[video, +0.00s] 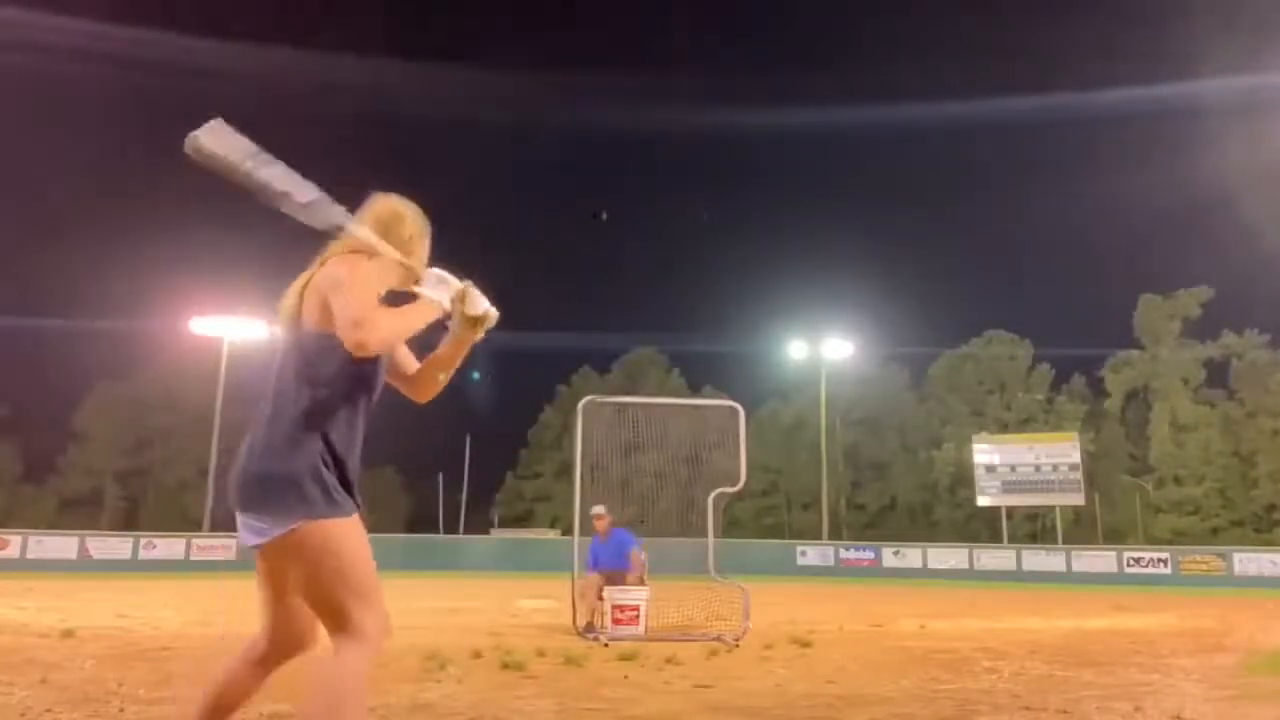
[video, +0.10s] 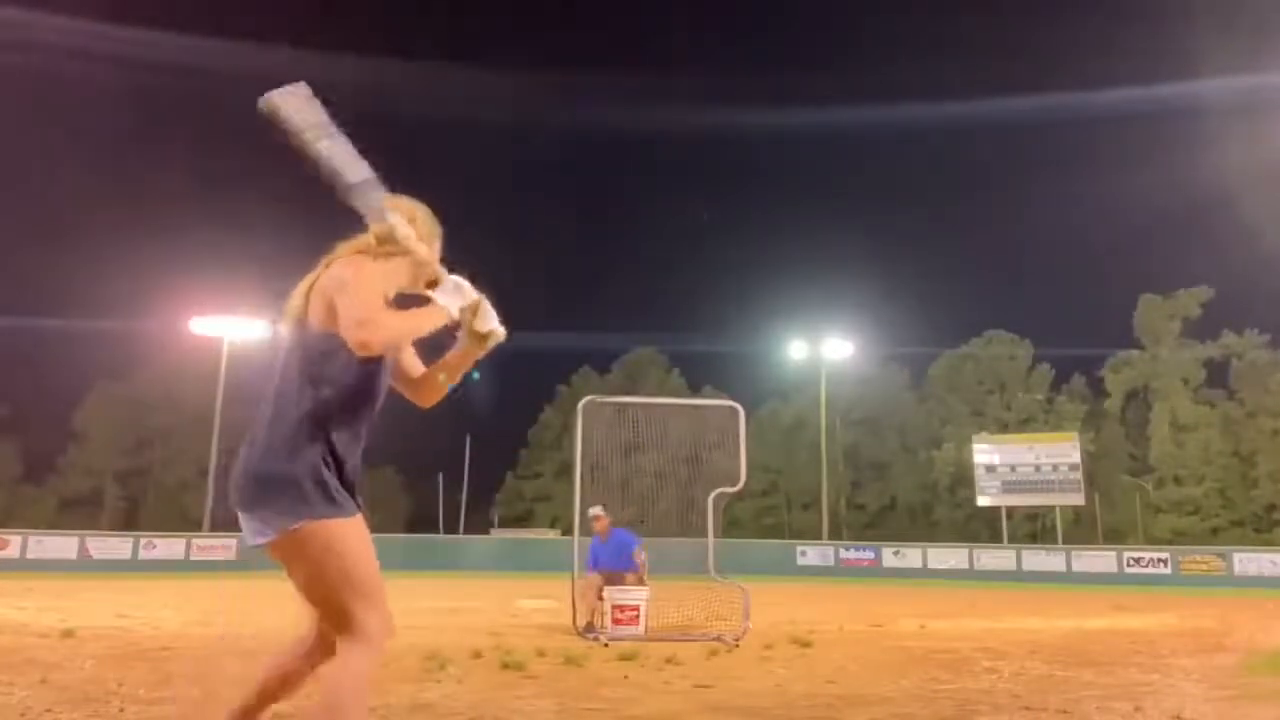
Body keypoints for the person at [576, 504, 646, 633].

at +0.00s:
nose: (599, 523)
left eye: (601, 518)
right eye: (596, 519)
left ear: (609, 519)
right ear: (593, 522)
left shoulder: (621, 535)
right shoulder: (595, 541)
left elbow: (636, 554)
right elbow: (591, 566)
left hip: (622, 573)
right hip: (603, 574)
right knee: (590, 582)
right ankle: (589, 622)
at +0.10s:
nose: (596, 524)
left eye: (599, 519)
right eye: (593, 521)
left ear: (608, 519)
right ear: (591, 523)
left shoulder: (622, 536)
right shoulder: (595, 542)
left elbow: (639, 553)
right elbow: (591, 567)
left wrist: (639, 574)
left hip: (623, 572)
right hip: (604, 573)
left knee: (631, 577)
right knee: (592, 580)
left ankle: (629, 621)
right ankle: (589, 622)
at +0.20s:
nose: (594, 525)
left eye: (597, 520)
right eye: (591, 521)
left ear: (605, 520)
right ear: (590, 523)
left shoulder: (620, 536)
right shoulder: (595, 542)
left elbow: (639, 555)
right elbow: (591, 568)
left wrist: (640, 575)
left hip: (623, 573)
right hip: (605, 574)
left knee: (631, 577)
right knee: (592, 580)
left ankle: (629, 621)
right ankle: (589, 622)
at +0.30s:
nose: (595, 525)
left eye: (598, 520)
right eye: (592, 521)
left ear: (607, 520)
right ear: (590, 524)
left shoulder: (620, 535)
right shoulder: (594, 543)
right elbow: (591, 567)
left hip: (623, 572)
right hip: (605, 573)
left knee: (630, 577)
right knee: (592, 579)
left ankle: (628, 620)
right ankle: (589, 622)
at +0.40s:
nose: (598, 525)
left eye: (600, 520)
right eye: (595, 521)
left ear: (608, 520)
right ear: (592, 524)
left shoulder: (623, 536)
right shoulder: (594, 543)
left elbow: (642, 546)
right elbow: (588, 564)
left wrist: (640, 572)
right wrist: (591, 574)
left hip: (623, 572)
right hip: (604, 573)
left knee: (630, 577)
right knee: (592, 579)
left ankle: (628, 621)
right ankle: (589, 622)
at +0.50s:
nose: (598, 524)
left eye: (601, 520)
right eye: (595, 521)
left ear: (608, 520)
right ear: (592, 524)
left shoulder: (622, 534)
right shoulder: (596, 540)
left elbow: (642, 545)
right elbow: (592, 563)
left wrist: (641, 568)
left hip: (623, 572)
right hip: (605, 573)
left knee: (629, 577)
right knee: (592, 580)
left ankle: (627, 620)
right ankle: (589, 622)